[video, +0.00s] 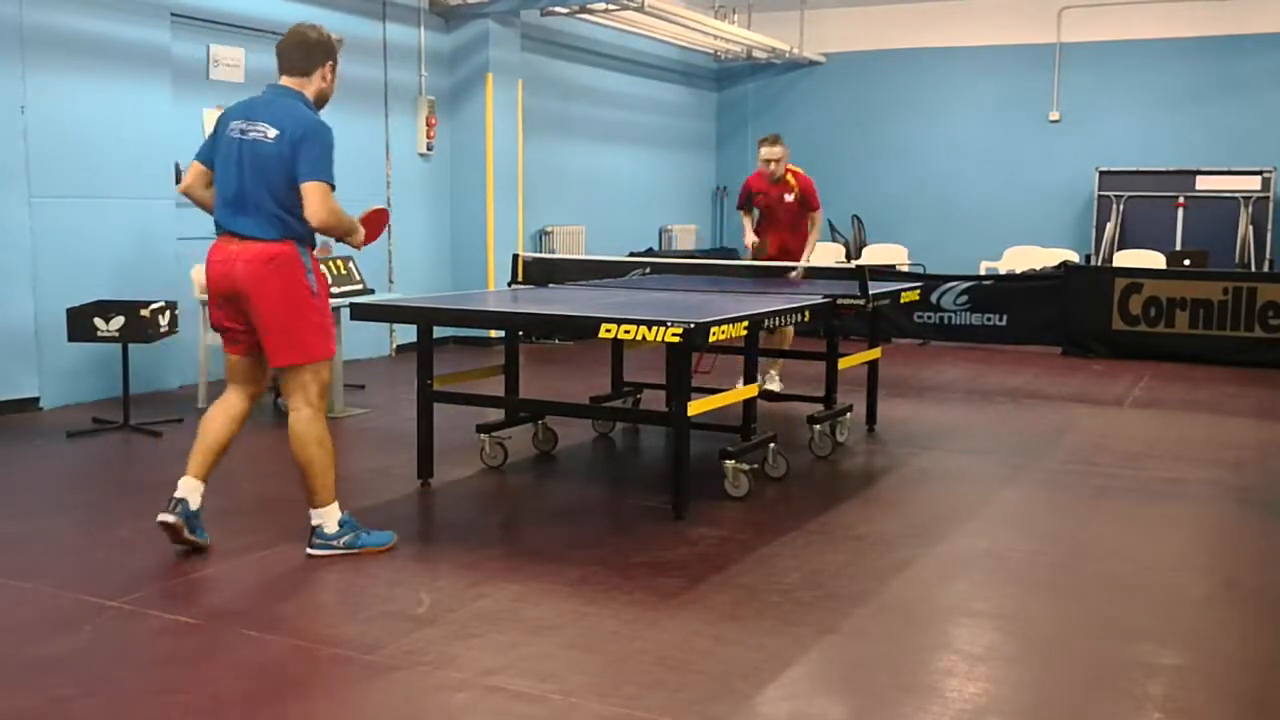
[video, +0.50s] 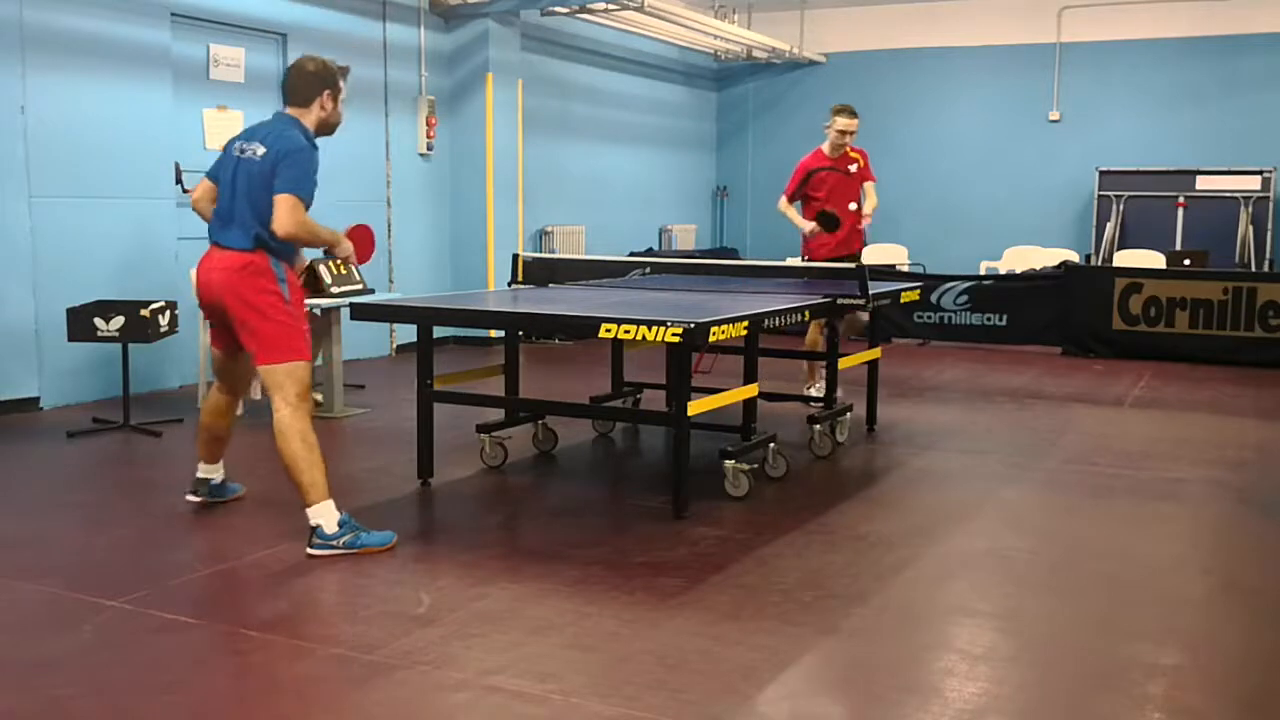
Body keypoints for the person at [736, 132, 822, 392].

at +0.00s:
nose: (772, 168)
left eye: (777, 161)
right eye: (766, 162)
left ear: (787, 159)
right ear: (759, 160)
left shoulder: (803, 183)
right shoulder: (752, 184)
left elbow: (815, 223)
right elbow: (745, 210)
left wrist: (804, 260)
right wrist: (749, 231)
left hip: (793, 262)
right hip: (763, 261)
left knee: (786, 319)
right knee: (765, 320)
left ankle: (774, 372)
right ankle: (762, 371)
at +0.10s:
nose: (787, 153)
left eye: (792, 148)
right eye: (781, 148)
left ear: (799, 148)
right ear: (772, 149)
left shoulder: (814, 174)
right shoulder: (761, 177)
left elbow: (827, 216)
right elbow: (751, 206)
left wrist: (816, 250)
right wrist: (752, 230)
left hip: (801, 264)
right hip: (770, 263)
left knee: (792, 318)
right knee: (772, 317)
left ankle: (776, 370)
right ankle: (774, 372)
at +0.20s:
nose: (801, 147)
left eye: (806, 142)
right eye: (796, 142)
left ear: (813, 143)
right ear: (786, 143)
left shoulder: (826, 171)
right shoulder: (772, 174)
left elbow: (838, 211)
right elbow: (756, 205)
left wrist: (828, 240)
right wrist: (760, 232)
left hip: (813, 260)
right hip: (782, 260)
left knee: (790, 318)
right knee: (788, 319)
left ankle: (770, 370)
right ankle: (804, 379)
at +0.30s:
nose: (815, 145)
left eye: (820, 139)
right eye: (810, 139)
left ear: (826, 140)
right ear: (798, 139)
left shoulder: (837, 167)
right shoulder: (784, 172)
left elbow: (848, 206)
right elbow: (764, 208)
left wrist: (838, 234)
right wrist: (772, 237)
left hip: (825, 260)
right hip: (793, 260)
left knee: (801, 321)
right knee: (802, 322)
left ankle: (776, 370)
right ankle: (810, 382)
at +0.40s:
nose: (831, 142)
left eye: (836, 136)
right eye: (825, 136)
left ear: (841, 135)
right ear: (812, 134)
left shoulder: (848, 161)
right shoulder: (797, 168)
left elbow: (859, 197)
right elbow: (775, 206)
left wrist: (853, 210)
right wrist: (787, 234)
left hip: (839, 255)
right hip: (808, 257)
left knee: (828, 318)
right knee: (816, 318)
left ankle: (794, 362)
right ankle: (812, 382)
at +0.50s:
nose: (846, 139)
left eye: (851, 134)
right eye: (840, 132)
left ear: (856, 133)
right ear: (828, 129)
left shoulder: (858, 157)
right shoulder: (810, 163)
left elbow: (870, 193)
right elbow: (784, 203)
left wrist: (866, 210)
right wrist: (802, 224)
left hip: (851, 252)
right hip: (820, 254)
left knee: (856, 317)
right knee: (819, 321)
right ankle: (813, 382)